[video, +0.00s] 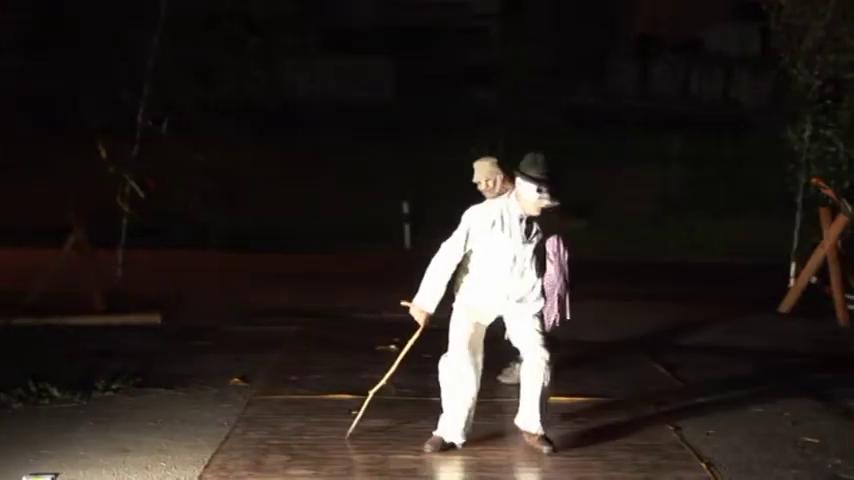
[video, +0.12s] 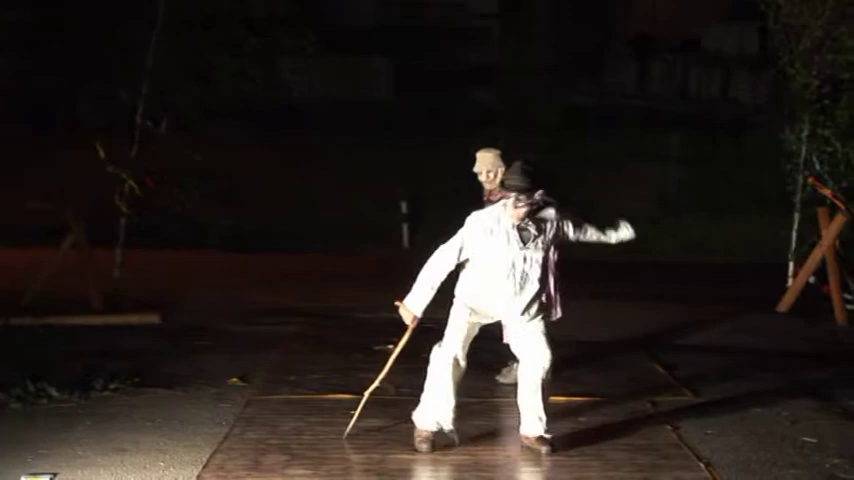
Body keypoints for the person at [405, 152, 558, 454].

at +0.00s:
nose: (543, 202)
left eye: (546, 196)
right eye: (537, 194)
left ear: (547, 194)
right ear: (517, 186)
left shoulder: (535, 222)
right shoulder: (479, 216)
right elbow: (448, 257)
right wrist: (424, 301)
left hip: (520, 300)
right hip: (476, 299)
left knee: (538, 358)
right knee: (461, 360)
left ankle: (530, 426)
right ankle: (450, 431)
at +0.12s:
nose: (519, 211)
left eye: (525, 205)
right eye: (514, 204)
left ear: (534, 202)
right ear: (504, 200)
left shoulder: (549, 220)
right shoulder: (480, 223)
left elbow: (582, 232)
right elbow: (443, 260)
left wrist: (618, 233)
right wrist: (415, 302)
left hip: (523, 309)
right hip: (473, 304)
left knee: (538, 360)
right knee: (450, 354)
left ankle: (533, 430)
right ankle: (429, 425)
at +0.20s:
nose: (520, 213)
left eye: (523, 205)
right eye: (512, 207)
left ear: (529, 202)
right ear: (498, 204)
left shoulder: (548, 222)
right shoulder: (478, 227)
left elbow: (591, 242)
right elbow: (440, 262)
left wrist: (635, 260)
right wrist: (406, 299)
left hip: (523, 310)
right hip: (474, 303)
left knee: (540, 360)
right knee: (447, 346)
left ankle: (532, 431)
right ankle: (410, 413)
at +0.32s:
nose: (487, 212)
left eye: (493, 206)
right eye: (484, 205)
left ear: (511, 199)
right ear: (482, 199)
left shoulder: (538, 215)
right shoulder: (472, 222)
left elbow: (576, 257)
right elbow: (432, 258)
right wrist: (393, 295)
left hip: (517, 307)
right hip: (470, 302)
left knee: (536, 357)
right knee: (443, 352)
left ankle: (530, 429)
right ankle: (399, 406)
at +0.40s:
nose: (481, 207)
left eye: (487, 202)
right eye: (478, 201)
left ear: (505, 195)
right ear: (473, 197)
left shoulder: (528, 210)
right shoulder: (465, 219)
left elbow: (536, 254)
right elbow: (427, 254)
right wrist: (390, 289)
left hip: (510, 301)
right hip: (466, 300)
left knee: (530, 356)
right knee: (446, 358)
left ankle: (523, 429)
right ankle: (404, 421)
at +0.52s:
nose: (476, 212)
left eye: (482, 205)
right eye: (471, 205)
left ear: (494, 201)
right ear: (467, 203)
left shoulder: (506, 218)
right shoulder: (450, 229)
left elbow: (532, 208)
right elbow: (413, 258)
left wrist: (515, 192)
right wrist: (372, 285)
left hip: (502, 310)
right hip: (458, 312)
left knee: (528, 353)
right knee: (446, 366)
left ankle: (520, 432)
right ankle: (413, 440)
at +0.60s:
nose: (462, 208)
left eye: (470, 202)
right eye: (460, 202)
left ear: (479, 205)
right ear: (452, 204)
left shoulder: (487, 229)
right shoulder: (437, 236)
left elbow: (502, 216)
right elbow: (398, 260)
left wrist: (484, 211)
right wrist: (357, 282)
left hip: (495, 310)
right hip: (450, 314)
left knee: (527, 353)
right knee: (442, 366)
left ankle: (519, 433)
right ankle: (411, 439)